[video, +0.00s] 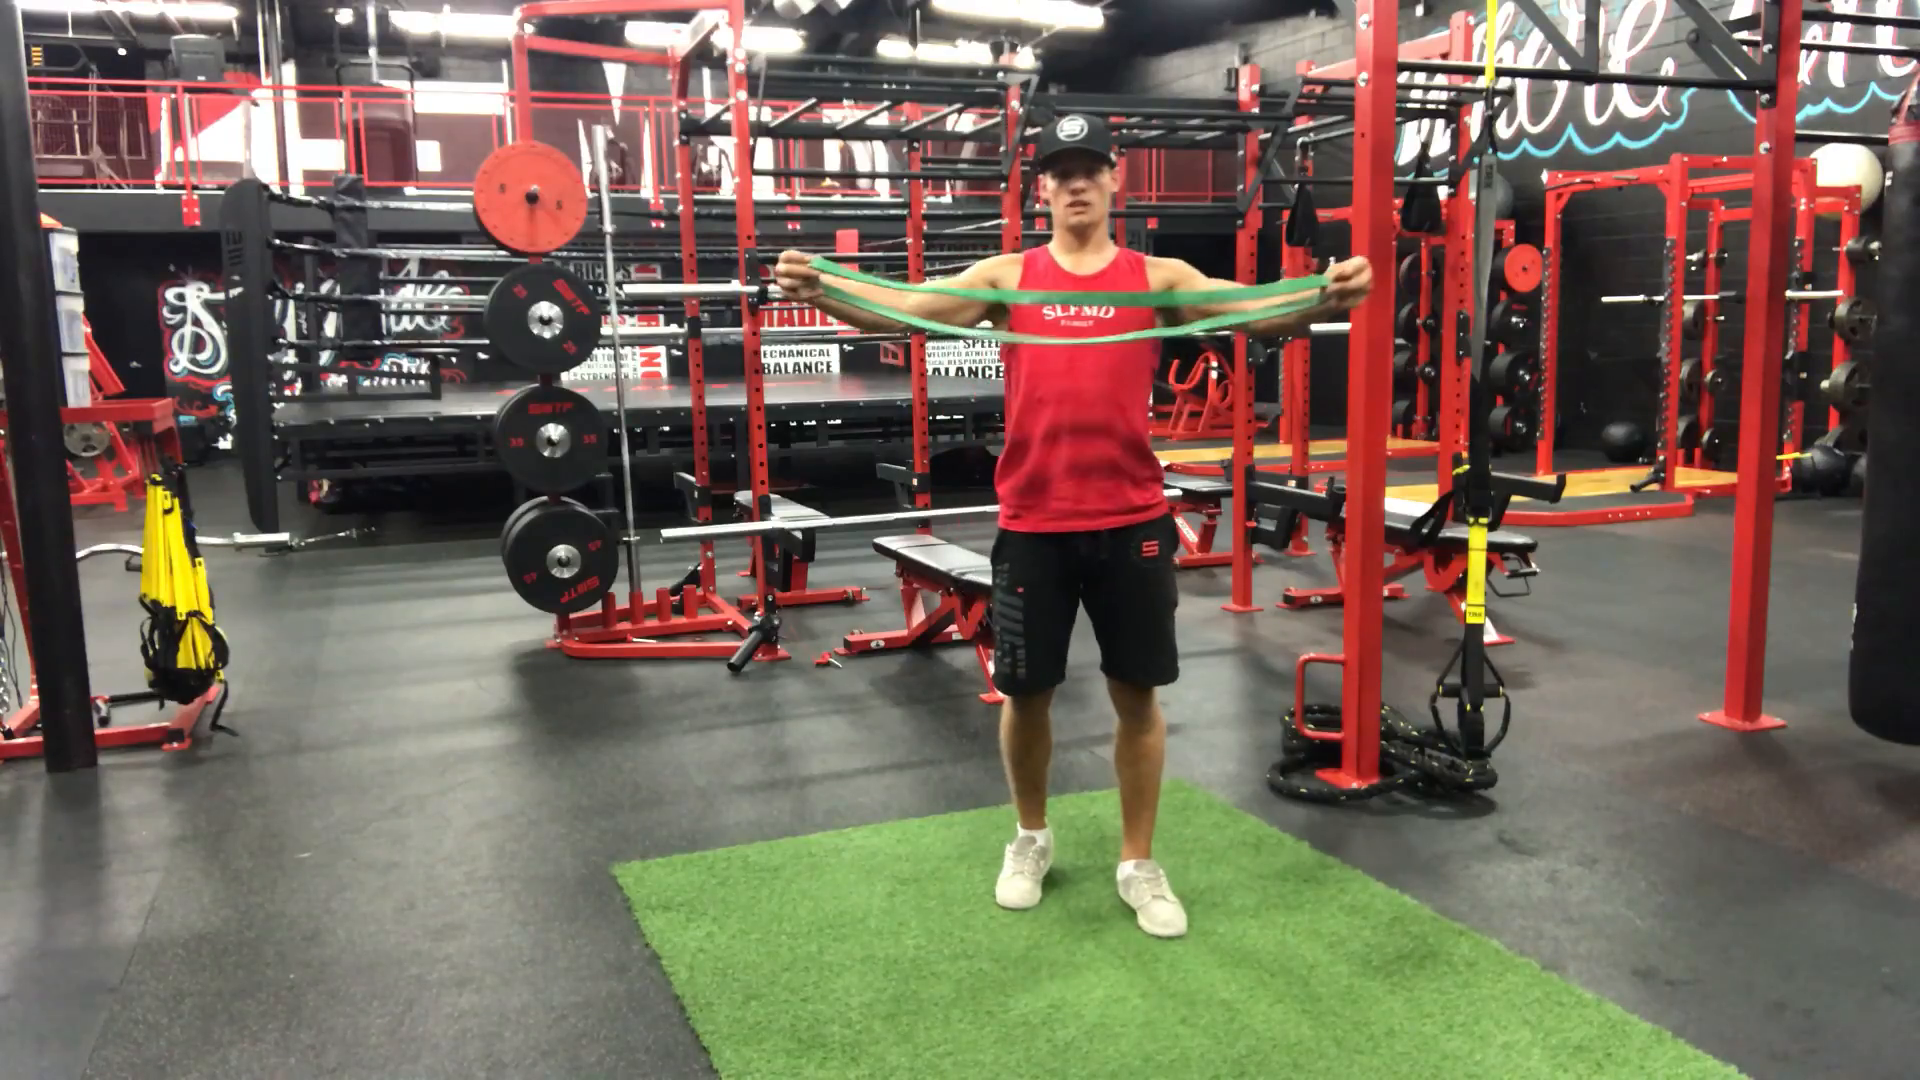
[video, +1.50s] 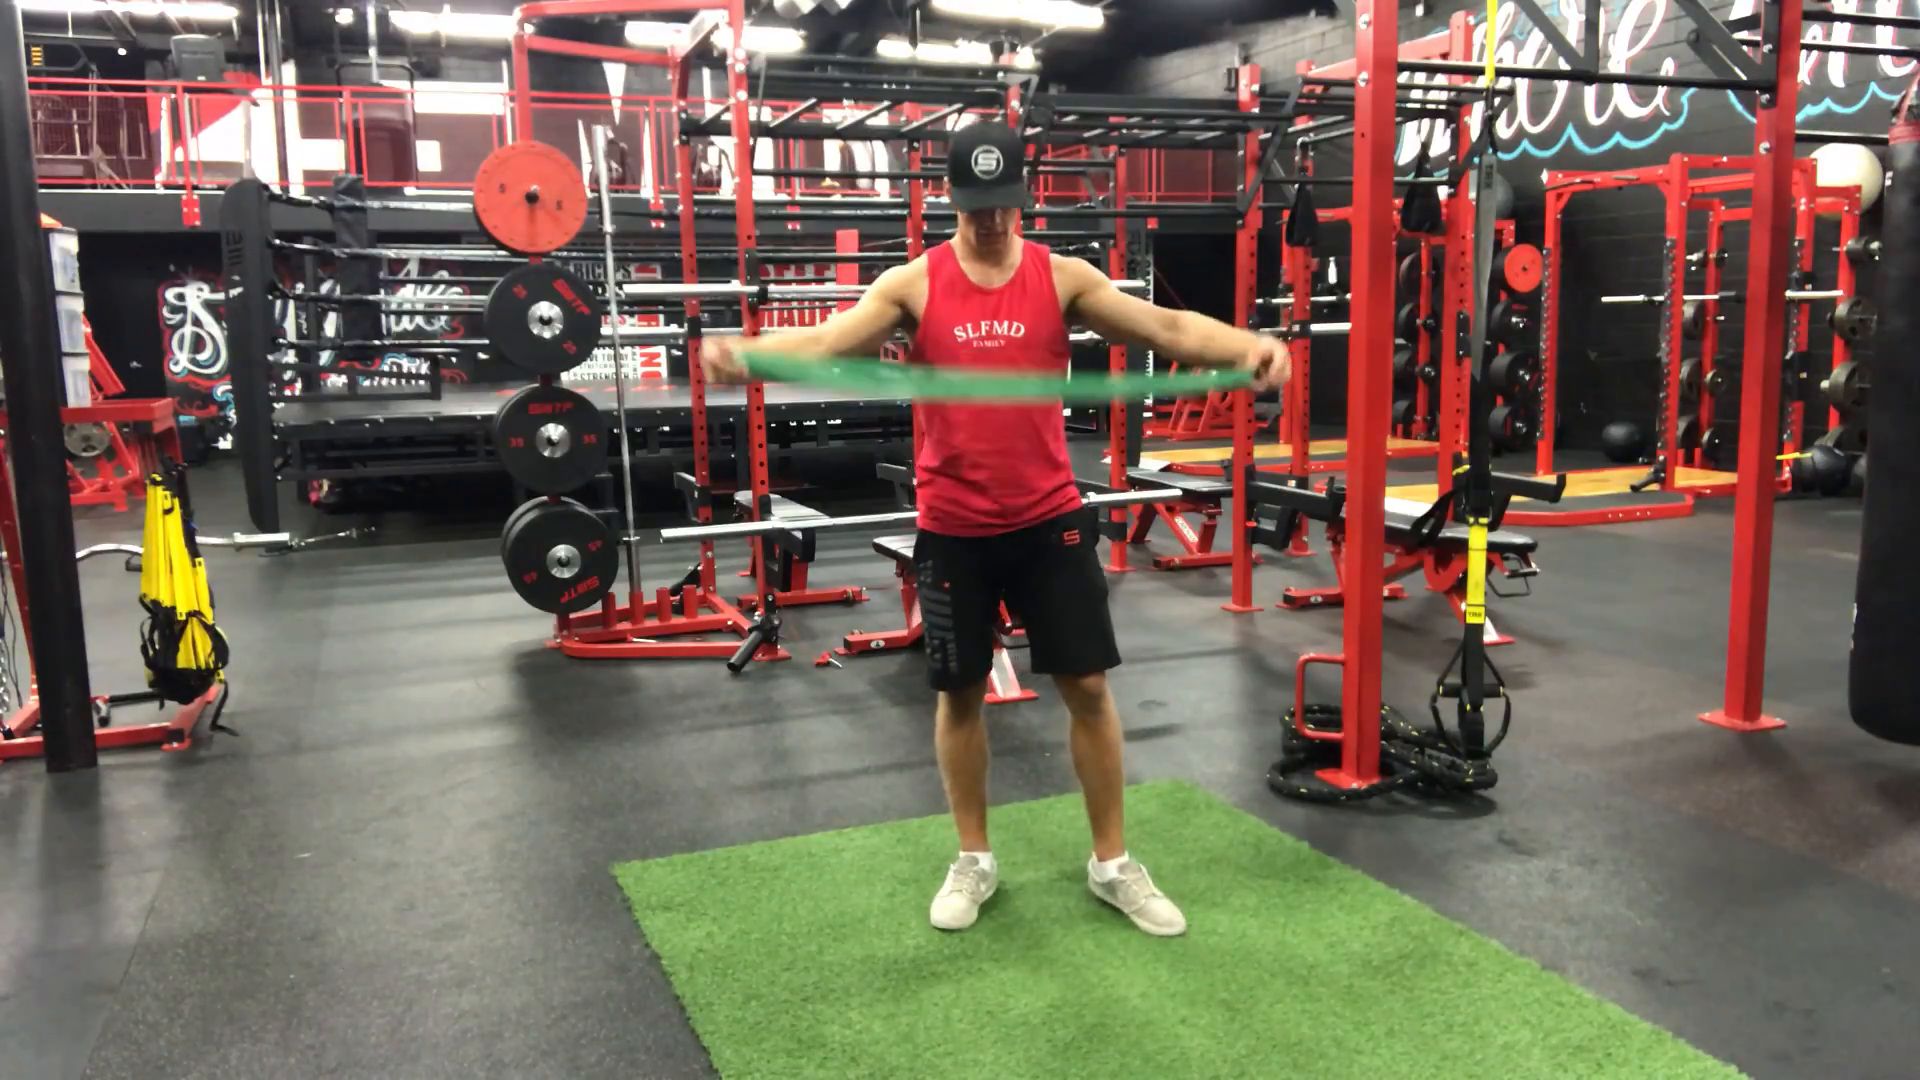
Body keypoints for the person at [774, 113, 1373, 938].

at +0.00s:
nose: (1074, 191)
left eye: (1088, 176)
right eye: (1060, 177)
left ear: (1113, 185)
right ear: (1043, 190)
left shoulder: (1158, 277)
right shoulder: (1007, 274)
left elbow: (1259, 315)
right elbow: (911, 309)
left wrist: (1326, 293)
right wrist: (820, 282)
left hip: (1131, 519)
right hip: (1032, 522)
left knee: (1139, 703)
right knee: (1025, 695)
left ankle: (1139, 862)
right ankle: (1028, 837)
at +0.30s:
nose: (1089, 190)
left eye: (1102, 176)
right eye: (1075, 177)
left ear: (1127, 185)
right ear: (1056, 188)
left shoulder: (1168, 277)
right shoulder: (1018, 273)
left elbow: (1268, 302)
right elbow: (917, 302)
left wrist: (1338, 279)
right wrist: (830, 278)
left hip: (1137, 523)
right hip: (1034, 523)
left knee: (1141, 704)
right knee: (995, 692)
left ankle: (1140, 865)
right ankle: (1000, 835)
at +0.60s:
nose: (1055, 196)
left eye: (1069, 182)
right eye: (1041, 182)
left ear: (1092, 192)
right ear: (1019, 191)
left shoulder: (1128, 284)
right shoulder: (979, 277)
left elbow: (1234, 307)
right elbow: (877, 300)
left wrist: (1312, 280)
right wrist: (780, 276)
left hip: (1094, 523)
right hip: (992, 524)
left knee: (1117, 701)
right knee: (979, 699)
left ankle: (1137, 864)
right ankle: (974, 858)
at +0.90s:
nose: (1013, 201)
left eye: (1025, 186)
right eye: (999, 187)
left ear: (1046, 193)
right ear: (976, 193)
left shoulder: (1080, 285)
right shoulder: (932, 275)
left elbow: (1178, 315)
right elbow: (833, 307)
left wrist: (1259, 299)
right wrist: (748, 260)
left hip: (1049, 522)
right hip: (949, 528)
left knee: (1090, 699)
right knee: (956, 701)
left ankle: (1125, 861)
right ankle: (973, 859)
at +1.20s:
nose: (991, 206)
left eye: (1004, 191)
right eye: (977, 191)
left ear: (1021, 192)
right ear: (950, 192)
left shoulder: (1057, 281)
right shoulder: (912, 277)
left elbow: (1153, 313)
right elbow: (821, 316)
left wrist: (1245, 312)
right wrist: (733, 279)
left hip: (1036, 521)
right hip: (938, 529)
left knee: (1077, 697)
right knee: (952, 701)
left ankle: (1105, 862)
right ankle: (972, 858)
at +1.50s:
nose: (990, 219)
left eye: (1002, 204)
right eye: (975, 205)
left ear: (1023, 195)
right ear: (950, 199)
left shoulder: (1063, 278)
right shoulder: (913, 283)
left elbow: (1167, 327)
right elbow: (825, 342)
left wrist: (1250, 344)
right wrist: (746, 353)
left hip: (1051, 514)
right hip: (955, 524)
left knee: (1088, 687)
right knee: (960, 696)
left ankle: (1111, 860)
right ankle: (973, 858)